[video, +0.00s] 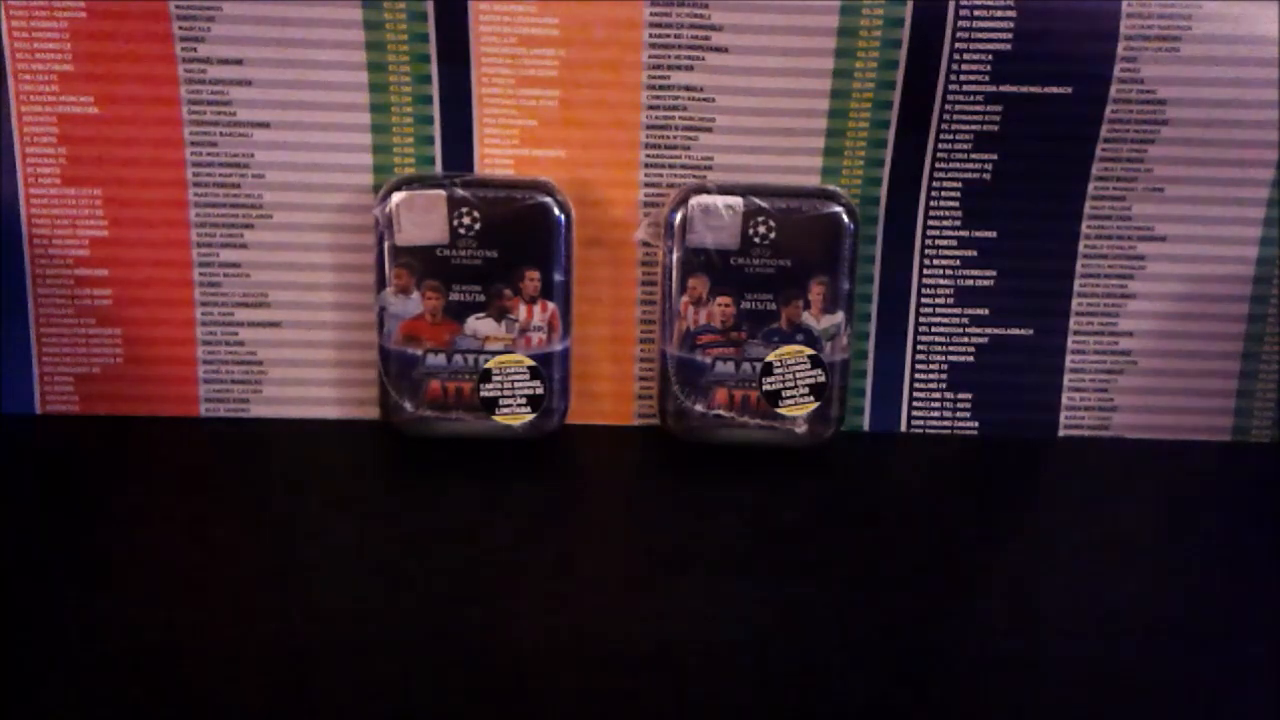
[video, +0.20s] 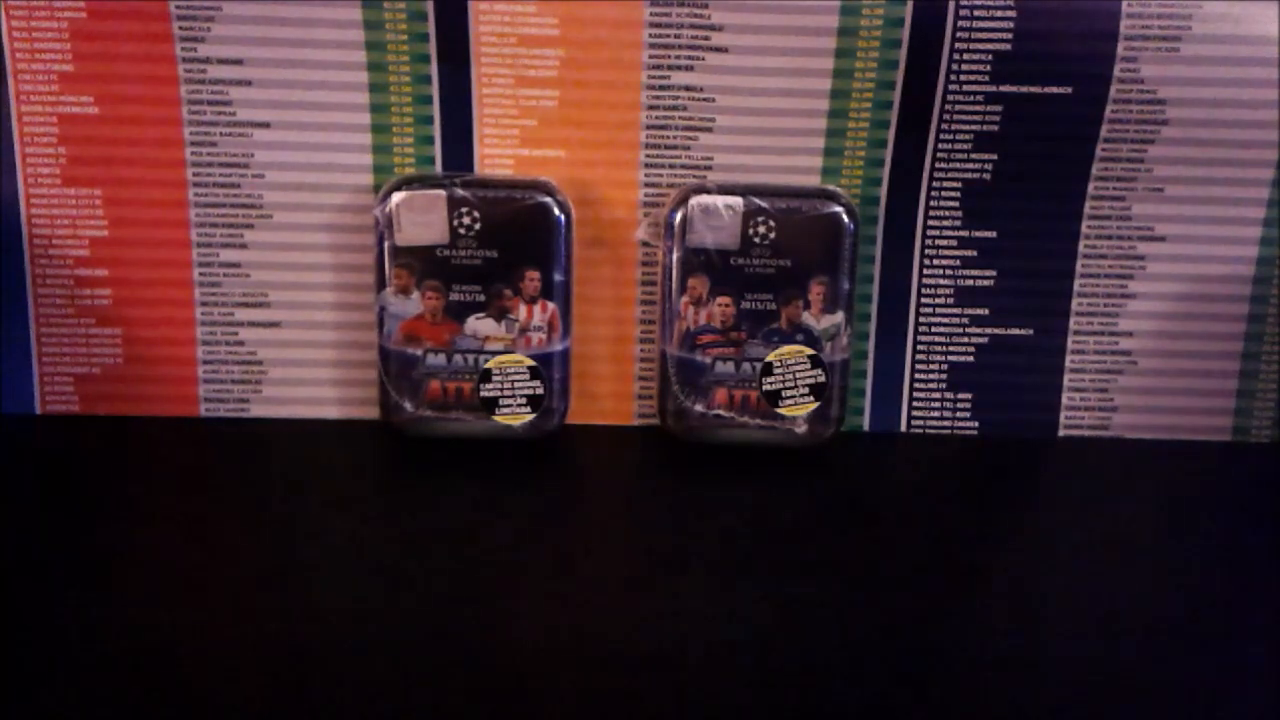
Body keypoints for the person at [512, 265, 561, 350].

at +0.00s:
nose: (536, 285)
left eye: (538, 281)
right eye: (531, 280)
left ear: (541, 283)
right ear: (521, 284)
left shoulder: (550, 308)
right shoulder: (512, 305)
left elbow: (556, 335)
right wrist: (520, 328)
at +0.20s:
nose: (536, 285)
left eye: (539, 281)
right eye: (531, 280)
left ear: (541, 283)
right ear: (521, 284)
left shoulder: (551, 308)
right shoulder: (512, 305)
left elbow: (556, 337)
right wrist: (520, 328)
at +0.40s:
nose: (536, 285)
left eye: (539, 281)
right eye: (531, 280)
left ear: (541, 283)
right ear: (521, 284)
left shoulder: (551, 308)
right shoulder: (512, 305)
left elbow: (556, 336)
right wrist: (520, 328)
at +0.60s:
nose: (536, 285)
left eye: (539, 281)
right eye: (531, 280)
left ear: (541, 283)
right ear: (521, 284)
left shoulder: (551, 308)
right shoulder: (512, 305)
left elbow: (556, 335)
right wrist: (520, 328)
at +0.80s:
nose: (536, 285)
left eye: (539, 281)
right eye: (531, 280)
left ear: (541, 283)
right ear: (521, 284)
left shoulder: (550, 308)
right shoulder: (512, 305)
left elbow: (556, 335)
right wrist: (520, 329)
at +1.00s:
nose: (536, 285)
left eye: (539, 281)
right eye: (531, 280)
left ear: (541, 283)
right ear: (521, 284)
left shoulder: (550, 308)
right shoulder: (513, 305)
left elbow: (556, 337)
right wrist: (520, 328)